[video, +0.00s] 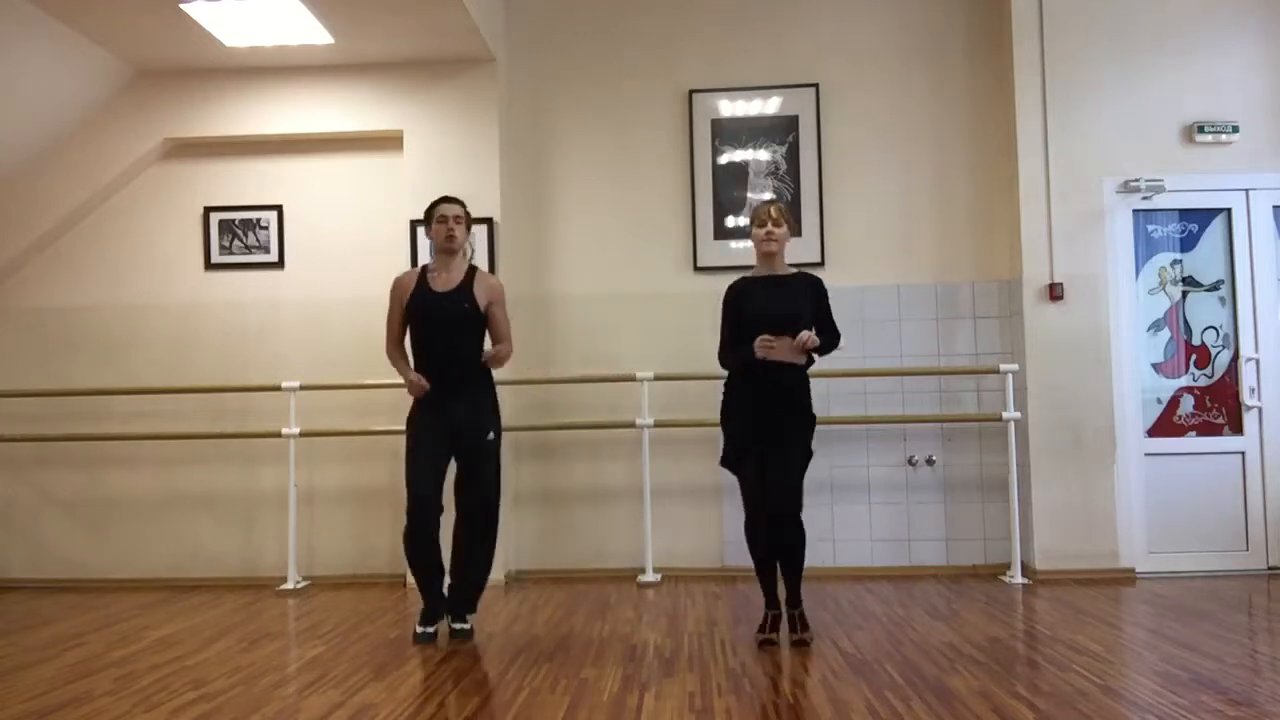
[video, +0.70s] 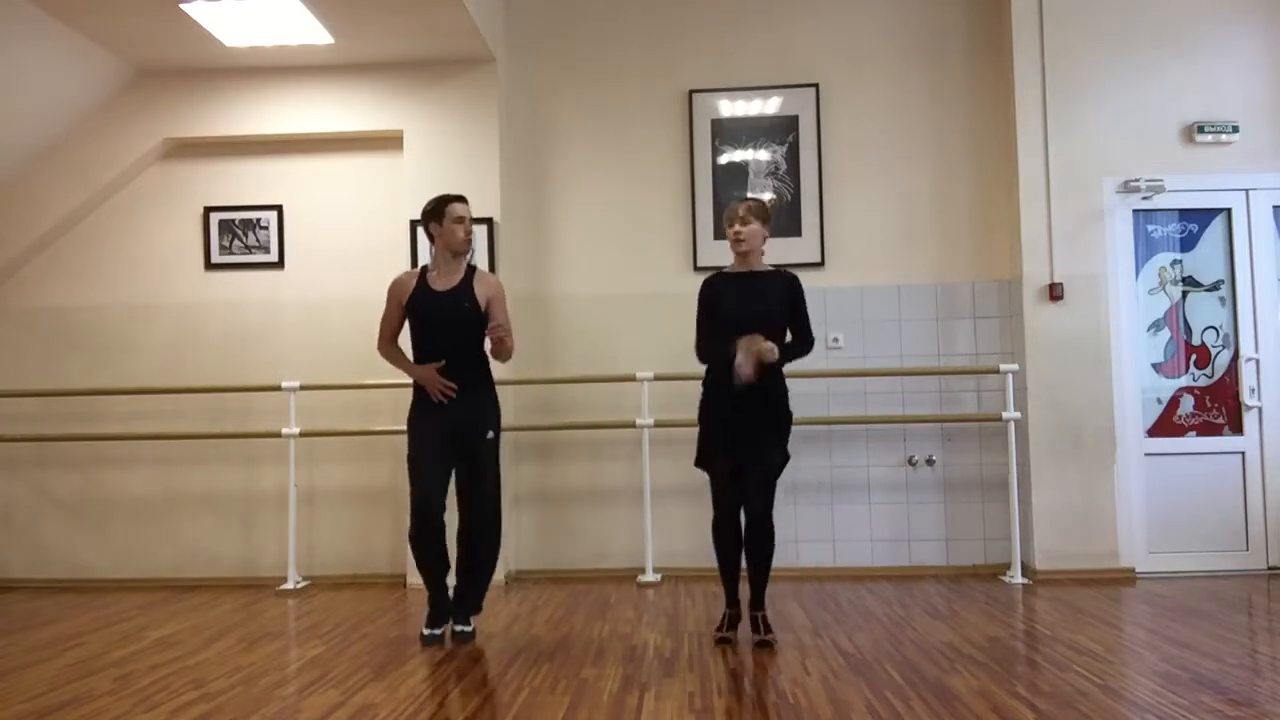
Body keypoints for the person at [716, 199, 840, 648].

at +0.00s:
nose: (769, 230)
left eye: (776, 223)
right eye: (761, 223)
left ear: (789, 233)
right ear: (751, 234)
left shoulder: (810, 285)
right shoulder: (738, 291)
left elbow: (831, 337)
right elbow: (726, 357)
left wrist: (815, 339)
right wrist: (753, 349)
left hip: (792, 412)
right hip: (745, 414)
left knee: (787, 510)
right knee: (756, 511)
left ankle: (795, 606)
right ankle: (771, 607)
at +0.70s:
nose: (738, 229)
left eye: (746, 222)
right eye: (733, 223)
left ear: (766, 232)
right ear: (726, 233)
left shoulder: (786, 283)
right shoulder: (713, 285)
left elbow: (805, 341)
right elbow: (704, 350)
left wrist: (776, 352)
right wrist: (735, 353)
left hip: (767, 412)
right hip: (720, 412)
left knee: (759, 510)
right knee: (725, 511)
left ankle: (758, 609)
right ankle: (730, 607)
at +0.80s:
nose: (724, 228)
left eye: (733, 222)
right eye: (723, 222)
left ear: (759, 229)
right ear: (723, 231)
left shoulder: (781, 283)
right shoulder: (711, 279)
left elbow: (793, 345)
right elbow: (685, 329)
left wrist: (784, 376)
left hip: (770, 399)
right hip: (725, 400)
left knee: (765, 510)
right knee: (729, 508)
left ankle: (762, 609)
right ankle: (738, 607)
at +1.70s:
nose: (722, 227)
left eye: (731, 219)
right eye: (720, 221)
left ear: (755, 227)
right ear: (721, 231)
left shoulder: (779, 282)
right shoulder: (709, 281)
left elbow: (799, 340)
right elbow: (673, 333)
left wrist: (824, 388)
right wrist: (648, 298)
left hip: (770, 394)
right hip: (722, 395)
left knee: (770, 506)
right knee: (733, 506)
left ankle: (764, 609)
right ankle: (741, 608)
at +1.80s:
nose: (716, 223)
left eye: (725, 215)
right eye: (716, 216)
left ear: (752, 223)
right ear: (728, 226)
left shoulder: (783, 277)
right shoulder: (707, 274)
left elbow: (835, 322)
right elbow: (672, 318)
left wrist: (886, 357)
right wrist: (674, 273)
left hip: (765, 395)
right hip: (716, 395)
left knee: (763, 504)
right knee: (729, 503)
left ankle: (764, 607)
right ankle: (737, 606)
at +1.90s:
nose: (718, 220)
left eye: (727, 213)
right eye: (716, 214)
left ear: (752, 220)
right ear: (717, 223)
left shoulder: (785, 269)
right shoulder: (708, 266)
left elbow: (846, 288)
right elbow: (683, 319)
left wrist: (907, 304)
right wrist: (712, 283)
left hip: (762, 391)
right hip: (713, 391)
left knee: (749, 496)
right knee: (725, 498)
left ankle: (756, 602)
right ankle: (738, 602)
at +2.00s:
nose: (718, 232)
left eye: (727, 225)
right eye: (716, 226)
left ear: (752, 230)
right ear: (716, 233)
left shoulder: (782, 283)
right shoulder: (707, 286)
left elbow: (844, 291)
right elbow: (701, 349)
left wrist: (902, 275)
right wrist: (734, 345)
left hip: (758, 410)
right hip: (712, 408)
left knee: (743, 508)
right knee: (727, 507)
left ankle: (744, 609)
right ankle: (744, 609)